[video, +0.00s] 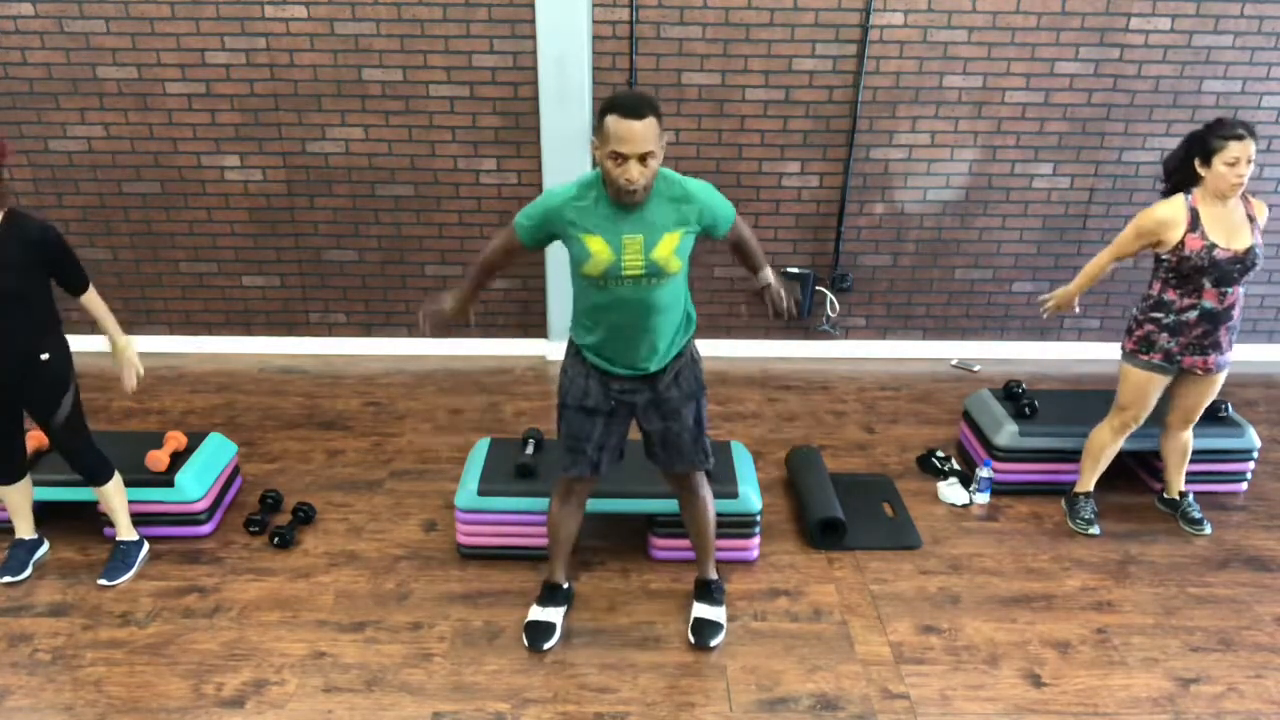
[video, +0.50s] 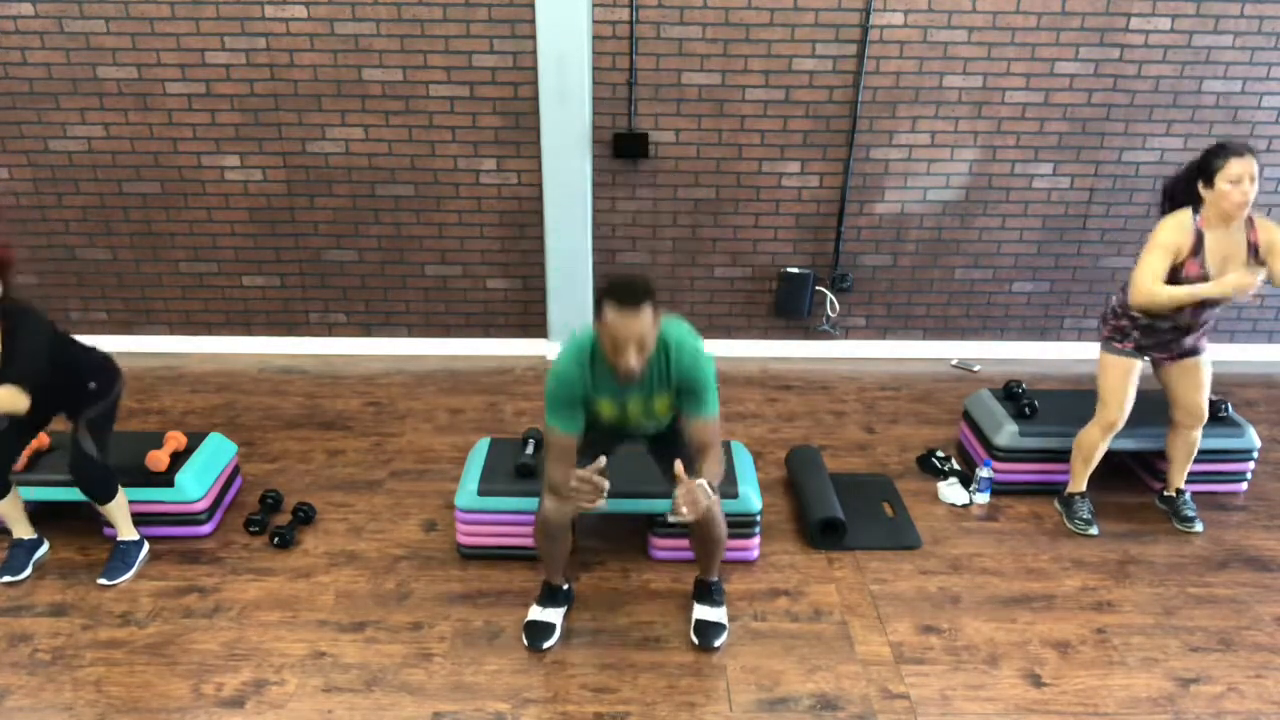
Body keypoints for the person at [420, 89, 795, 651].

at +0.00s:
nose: (632, 173)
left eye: (645, 159)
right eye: (618, 158)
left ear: (663, 150)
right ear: (596, 150)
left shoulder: (693, 200)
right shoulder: (563, 207)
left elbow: (737, 232)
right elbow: (504, 249)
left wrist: (765, 275)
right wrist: (460, 297)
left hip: (671, 366)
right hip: (593, 367)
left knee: (687, 476)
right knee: (574, 480)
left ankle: (709, 582)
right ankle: (556, 586)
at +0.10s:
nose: (631, 178)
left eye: (644, 163)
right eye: (617, 163)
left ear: (662, 153)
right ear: (596, 155)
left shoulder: (693, 205)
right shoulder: (564, 214)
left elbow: (739, 263)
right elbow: (506, 280)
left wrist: (767, 328)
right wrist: (473, 347)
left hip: (671, 366)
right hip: (593, 367)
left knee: (690, 478)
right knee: (573, 481)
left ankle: (709, 583)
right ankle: (556, 587)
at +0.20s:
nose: (630, 194)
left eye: (643, 179)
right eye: (616, 179)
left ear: (660, 168)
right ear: (596, 170)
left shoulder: (690, 219)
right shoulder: (564, 229)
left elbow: (731, 303)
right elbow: (524, 314)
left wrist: (752, 377)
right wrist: (502, 411)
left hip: (671, 364)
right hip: (593, 365)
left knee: (691, 477)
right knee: (574, 479)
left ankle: (709, 582)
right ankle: (555, 585)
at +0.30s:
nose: (629, 237)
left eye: (640, 220)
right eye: (615, 221)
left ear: (658, 205)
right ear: (596, 208)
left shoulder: (690, 251)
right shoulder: (567, 259)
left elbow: (721, 352)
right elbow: (542, 357)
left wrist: (726, 453)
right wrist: (536, 457)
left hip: (671, 367)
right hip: (592, 367)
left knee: (697, 485)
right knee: (563, 489)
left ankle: (708, 583)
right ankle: (555, 585)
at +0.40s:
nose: (630, 301)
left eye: (641, 285)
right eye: (617, 285)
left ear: (658, 268)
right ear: (598, 270)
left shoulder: (689, 300)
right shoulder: (571, 313)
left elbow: (713, 398)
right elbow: (554, 407)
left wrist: (707, 477)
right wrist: (561, 474)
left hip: (667, 393)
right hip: (595, 396)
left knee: (704, 496)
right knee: (558, 497)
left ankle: (710, 586)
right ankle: (554, 587)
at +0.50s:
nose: (629, 361)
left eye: (641, 345)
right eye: (616, 345)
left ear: (656, 327)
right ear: (599, 327)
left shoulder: (685, 350)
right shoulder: (571, 365)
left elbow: (710, 448)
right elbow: (556, 464)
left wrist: (703, 488)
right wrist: (570, 485)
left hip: (665, 427)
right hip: (596, 428)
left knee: (706, 506)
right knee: (553, 510)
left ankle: (709, 589)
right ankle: (554, 591)